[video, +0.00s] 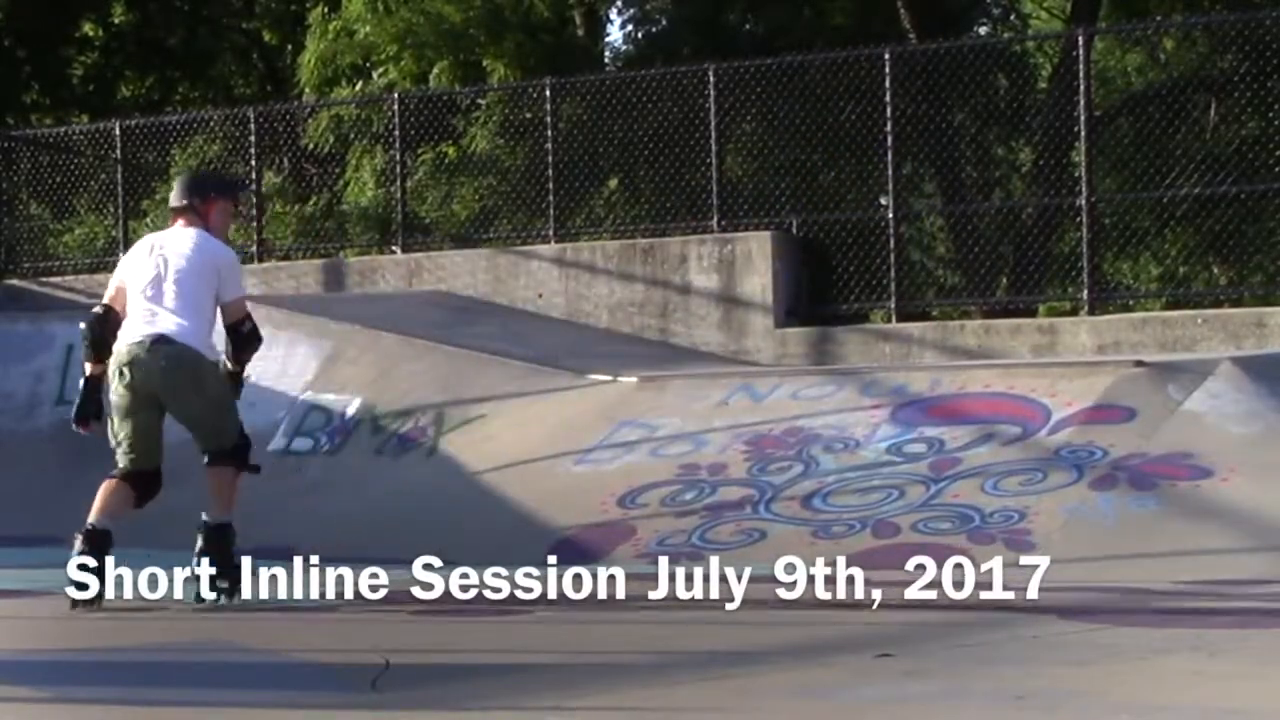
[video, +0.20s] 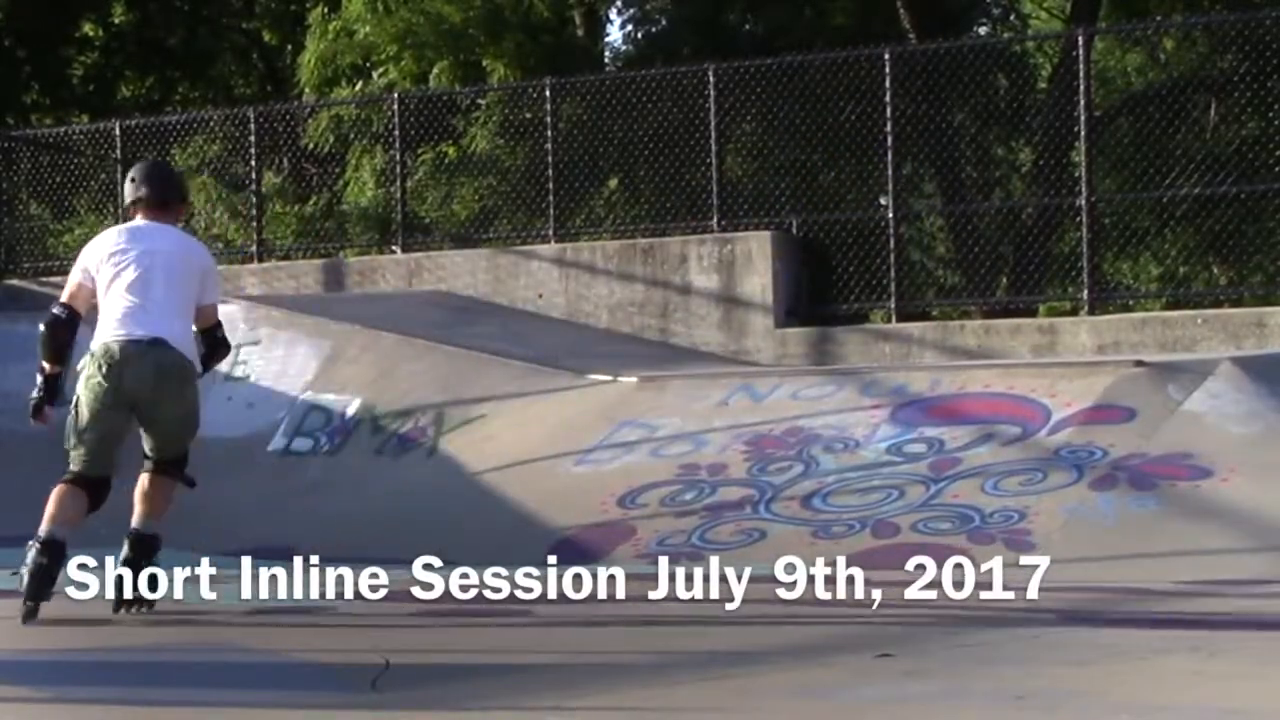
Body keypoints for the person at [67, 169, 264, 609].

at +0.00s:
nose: (232, 219)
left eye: (233, 210)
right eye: (228, 209)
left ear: (181, 209)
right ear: (208, 207)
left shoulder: (139, 249)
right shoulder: (218, 253)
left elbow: (101, 324)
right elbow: (244, 335)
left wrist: (91, 386)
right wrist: (233, 373)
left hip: (127, 359)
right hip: (184, 358)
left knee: (136, 473)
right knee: (227, 449)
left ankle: (88, 550)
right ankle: (215, 552)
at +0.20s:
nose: (184, 212)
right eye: (184, 206)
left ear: (130, 204)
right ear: (180, 207)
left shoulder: (103, 243)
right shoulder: (195, 252)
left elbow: (60, 322)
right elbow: (216, 344)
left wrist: (47, 383)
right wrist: (182, 375)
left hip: (108, 358)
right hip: (172, 365)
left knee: (84, 473)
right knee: (164, 461)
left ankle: (44, 552)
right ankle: (135, 561)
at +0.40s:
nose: (96, 208)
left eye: (99, 200)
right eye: (97, 200)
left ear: (115, 199)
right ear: (160, 200)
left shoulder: (100, 236)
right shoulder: (190, 248)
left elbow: (59, 311)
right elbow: (199, 331)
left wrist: (23, 373)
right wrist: (196, 379)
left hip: (124, 359)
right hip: (186, 367)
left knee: (85, 473)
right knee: (136, 470)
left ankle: (60, 580)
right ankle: (104, 558)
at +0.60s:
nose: (106, 185)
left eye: (113, 173)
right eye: (104, 175)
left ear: (149, 171)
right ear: (154, 176)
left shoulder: (144, 213)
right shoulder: (181, 221)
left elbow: (139, 283)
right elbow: (173, 329)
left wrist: (74, 337)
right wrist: (127, 401)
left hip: (190, 355)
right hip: (232, 357)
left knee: (145, 471)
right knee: (122, 449)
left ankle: (186, 594)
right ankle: (143, 581)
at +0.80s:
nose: (160, 133)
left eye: (170, 120)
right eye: (152, 124)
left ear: (206, 119)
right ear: (150, 132)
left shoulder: (230, 165)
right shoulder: (188, 195)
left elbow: (259, 237)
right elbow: (219, 279)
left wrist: (172, 252)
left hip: (283, 334)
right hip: (223, 348)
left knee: (269, 468)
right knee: (200, 469)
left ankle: (297, 582)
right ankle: (191, 589)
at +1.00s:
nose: (273, 122)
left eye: (284, 109)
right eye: (262, 112)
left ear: (309, 111)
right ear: (248, 122)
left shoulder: (344, 172)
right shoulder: (240, 194)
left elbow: (347, 263)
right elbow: (264, 272)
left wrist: (277, 279)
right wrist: (253, 289)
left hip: (356, 346)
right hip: (285, 344)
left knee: (350, 487)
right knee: (304, 465)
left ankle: (315, 606)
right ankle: (258, 605)